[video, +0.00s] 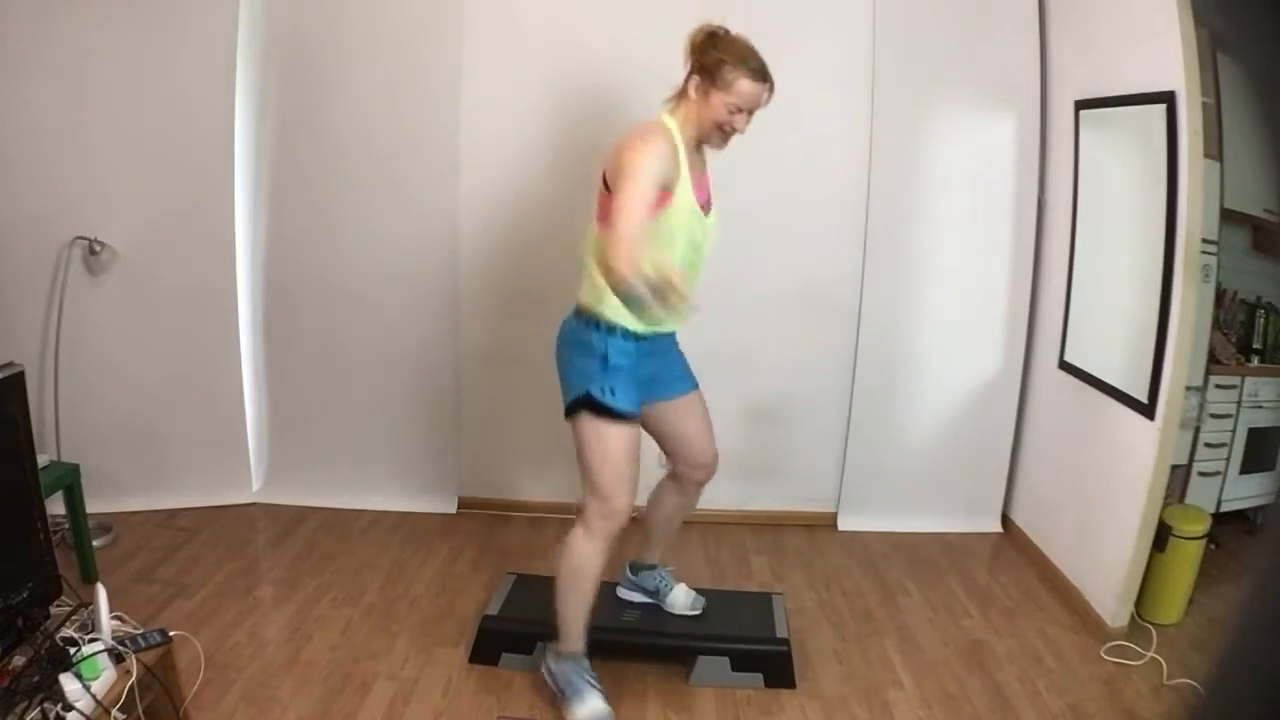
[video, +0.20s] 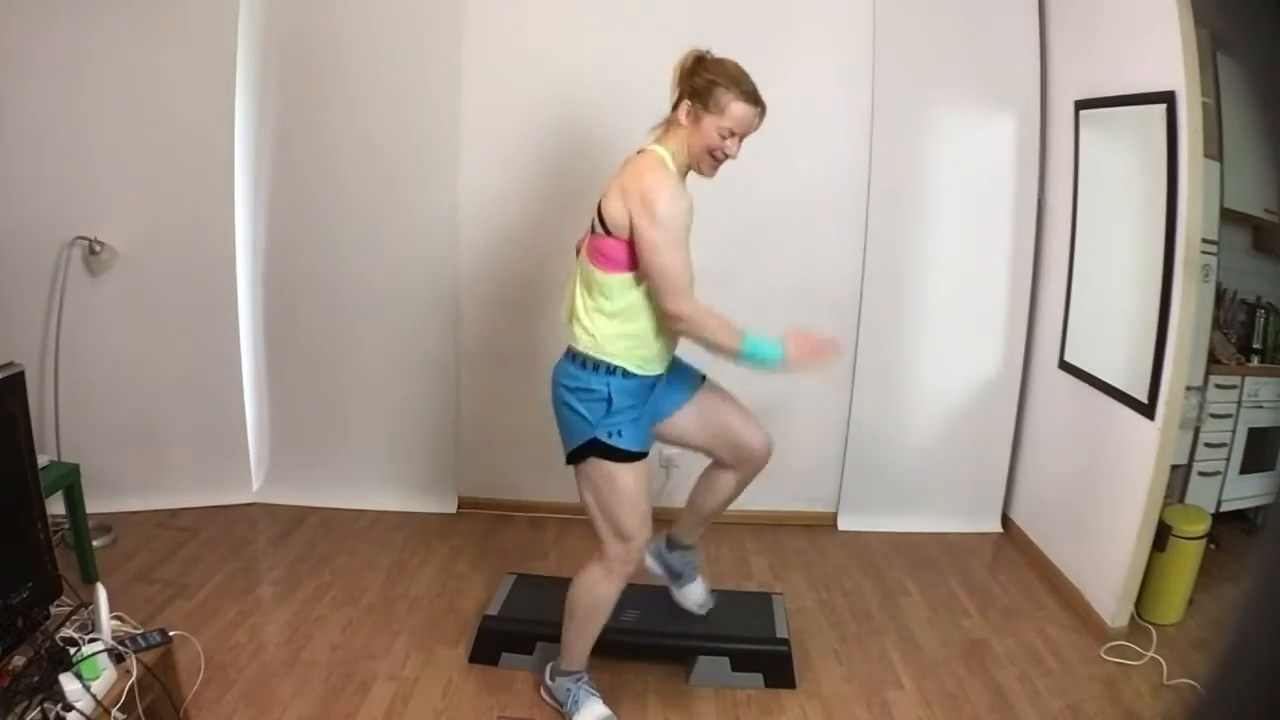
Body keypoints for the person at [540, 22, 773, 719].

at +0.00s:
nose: (741, 125)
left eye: (750, 114)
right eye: (736, 108)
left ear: (716, 100)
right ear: (697, 87)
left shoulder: (693, 158)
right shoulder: (647, 150)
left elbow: (656, 250)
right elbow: (618, 254)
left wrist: (665, 292)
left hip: (655, 345)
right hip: (603, 345)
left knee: (695, 462)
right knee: (606, 510)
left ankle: (643, 573)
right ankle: (565, 656)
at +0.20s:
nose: (731, 150)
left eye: (740, 140)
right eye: (727, 133)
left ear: (691, 118)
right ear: (686, 111)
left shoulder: (665, 174)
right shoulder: (654, 185)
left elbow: (638, 283)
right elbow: (679, 310)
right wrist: (773, 350)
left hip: (649, 374)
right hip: (602, 384)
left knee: (748, 449)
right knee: (623, 547)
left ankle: (675, 549)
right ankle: (566, 677)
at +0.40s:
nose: (737, 133)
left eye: (747, 120)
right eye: (729, 116)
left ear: (750, 115)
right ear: (689, 101)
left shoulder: (685, 167)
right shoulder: (664, 171)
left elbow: (655, 276)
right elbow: (678, 301)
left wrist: (680, 328)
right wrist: (752, 309)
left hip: (667, 362)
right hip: (616, 371)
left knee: (756, 460)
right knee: (615, 536)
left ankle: (704, 550)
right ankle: (565, 674)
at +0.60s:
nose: (703, 103)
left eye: (718, 91)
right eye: (693, 88)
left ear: (747, 93)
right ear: (682, 84)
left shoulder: (757, 164)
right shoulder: (646, 149)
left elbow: (744, 254)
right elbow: (590, 243)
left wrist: (748, 329)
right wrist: (659, 289)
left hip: (702, 348)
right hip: (630, 343)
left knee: (724, 487)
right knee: (621, 503)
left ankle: (689, 572)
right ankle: (574, 651)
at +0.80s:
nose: (635, 49)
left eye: (647, 35)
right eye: (631, 36)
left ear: (694, 35)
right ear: (630, 40)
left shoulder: (749, 116)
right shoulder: (621, 108)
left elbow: (770, 209)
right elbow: (594, 171)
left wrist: (767, 288)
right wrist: (589, 213)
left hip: (715, 314)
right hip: (636, 305)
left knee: (711, 462)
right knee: (596, 450)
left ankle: (696, 569)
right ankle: (611, 564)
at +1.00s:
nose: (582, 66)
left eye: (591, 52)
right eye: (581, 54)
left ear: (634, 51)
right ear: (622, 56)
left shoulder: (702, 129)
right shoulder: (598, 131)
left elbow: (753, 216)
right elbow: (629, 222)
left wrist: (767, 296)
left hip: (703, 317)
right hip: (634, 316)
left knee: (697, 477)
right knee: (605, 449)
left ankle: (703, 573)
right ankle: (636, 573)